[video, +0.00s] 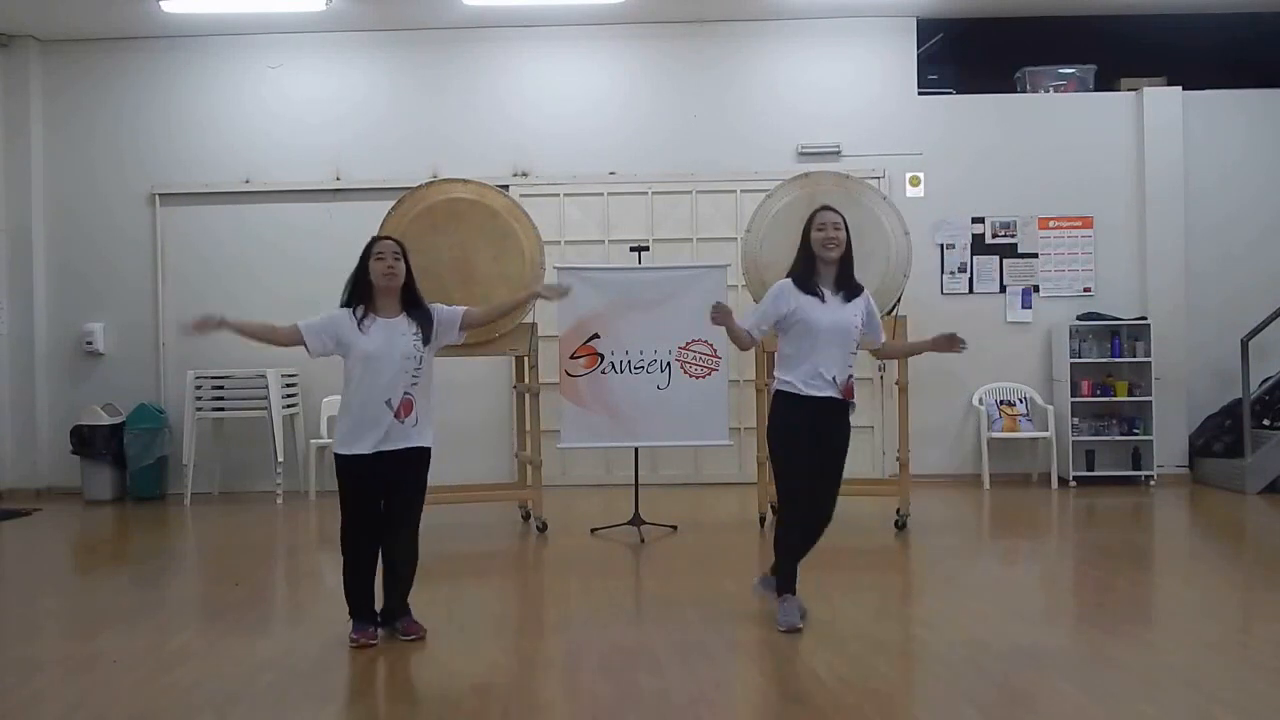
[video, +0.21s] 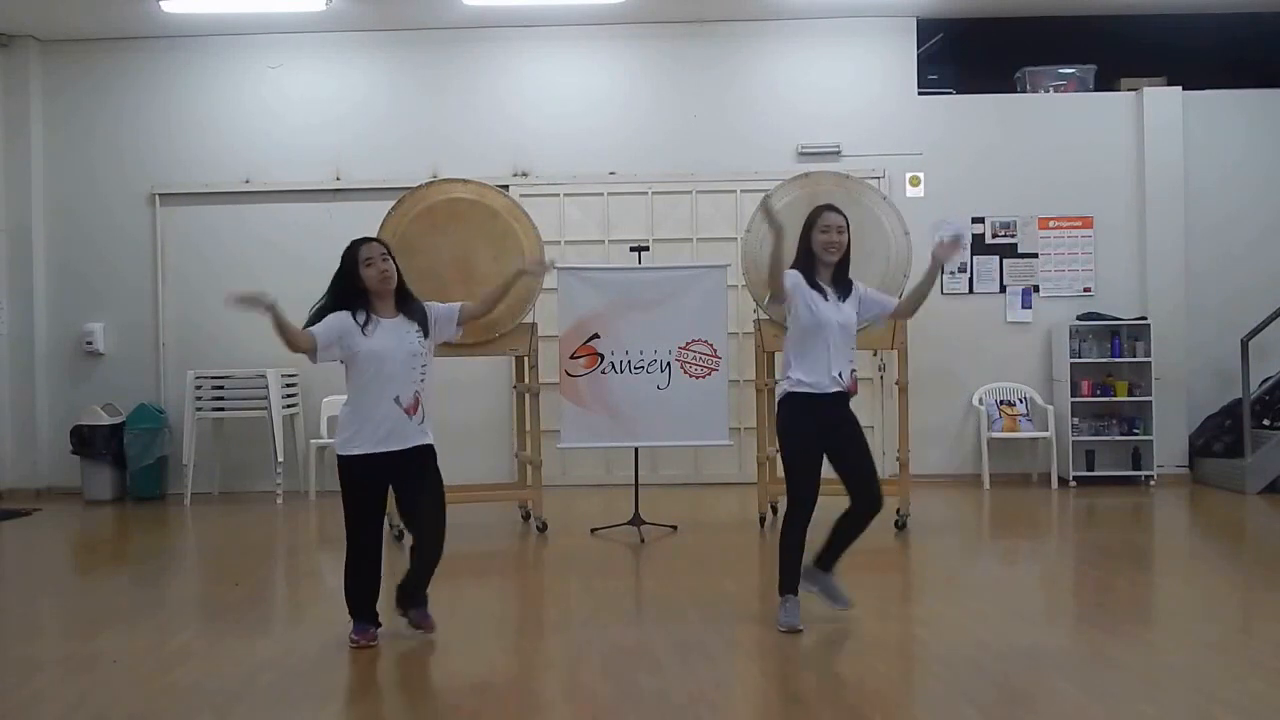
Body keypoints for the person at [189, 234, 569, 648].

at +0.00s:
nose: (388, 263)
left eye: (396, 257)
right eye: (379, 257)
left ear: (407, 269)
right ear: (365, 269)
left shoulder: (427, 317)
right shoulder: (346, 321)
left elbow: (482, 316)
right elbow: (285, 335)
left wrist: (533, 294)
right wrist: (227, 323)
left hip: (411, 446)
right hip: (357, 448)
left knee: (403, 534)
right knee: (360, 536)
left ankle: (397, 614)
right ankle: (362, 620)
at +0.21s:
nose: (382, 265)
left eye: (385, 257)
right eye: (370, 262)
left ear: (396, 266)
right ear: (356, 277)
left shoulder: (422, 315)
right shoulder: (346, 323)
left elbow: (478, 309)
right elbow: (301, 343)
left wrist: (518, 276)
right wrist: (275, 313)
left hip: (414, 446)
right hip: (361, 450)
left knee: (432, 535)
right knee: (364, 540)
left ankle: (412, 596)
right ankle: (364, 619)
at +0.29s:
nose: (382, 265)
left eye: (386, 257)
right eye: (370, 261)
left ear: (397, 266)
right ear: (357, 276)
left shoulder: (423, 314)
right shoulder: (350, 321)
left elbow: (476, 297)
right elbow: (312, 329)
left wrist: (501, 254)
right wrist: (304, 282)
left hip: (417, 444)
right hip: (365, 449)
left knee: (441, 530)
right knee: (366, 540)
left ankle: (430, 598)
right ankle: (364, 620)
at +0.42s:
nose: (390, 262)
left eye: (394, 255)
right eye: (380, 258)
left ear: (405, 265)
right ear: (364, 275)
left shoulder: (429, 310)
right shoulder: (361, 319)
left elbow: (471, 282)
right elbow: (355, 299)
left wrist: (466, 230)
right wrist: (367, 254)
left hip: (429, 440)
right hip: (376, 446)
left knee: (452, 526)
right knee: (374, 537)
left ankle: (473, 607)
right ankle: (364, 619)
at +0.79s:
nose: (437, 267)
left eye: (445, 261)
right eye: (428, 262)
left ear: (459, 271)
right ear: (418, 275)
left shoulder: (481, 316)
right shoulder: (404, 321)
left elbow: (526, 288)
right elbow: (362, 312)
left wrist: (520, 233)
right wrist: (364, 265)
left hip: (480, 443)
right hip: (426, 447)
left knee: (483, 532)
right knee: (416, 533)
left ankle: (485, 614)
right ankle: (394, 614)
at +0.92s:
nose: (449, 263)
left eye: (459, 258)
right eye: (443, 256)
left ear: (474, 271)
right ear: (433, 267)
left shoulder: (491, 315)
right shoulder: (412, 318)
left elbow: (541, 305)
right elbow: (354, 328)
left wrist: (566, 263)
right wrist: (317, 298)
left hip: (482, 442)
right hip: (429, 443)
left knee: (481, 531)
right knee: (438, 532)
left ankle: (485, 614)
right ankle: (445, 601)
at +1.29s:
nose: (453, 265)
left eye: (465, 262)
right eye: (450, 257)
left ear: (479, 278)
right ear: (440, 266)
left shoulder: (486, 318)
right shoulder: (415, 313)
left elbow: (509, 289)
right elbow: (362, 297)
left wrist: (505, 233)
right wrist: (336, 252)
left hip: (474, 446)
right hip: (422, 445)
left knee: (475, 531)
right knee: (406, 525)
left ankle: (485, 613)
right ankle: (434, 596)